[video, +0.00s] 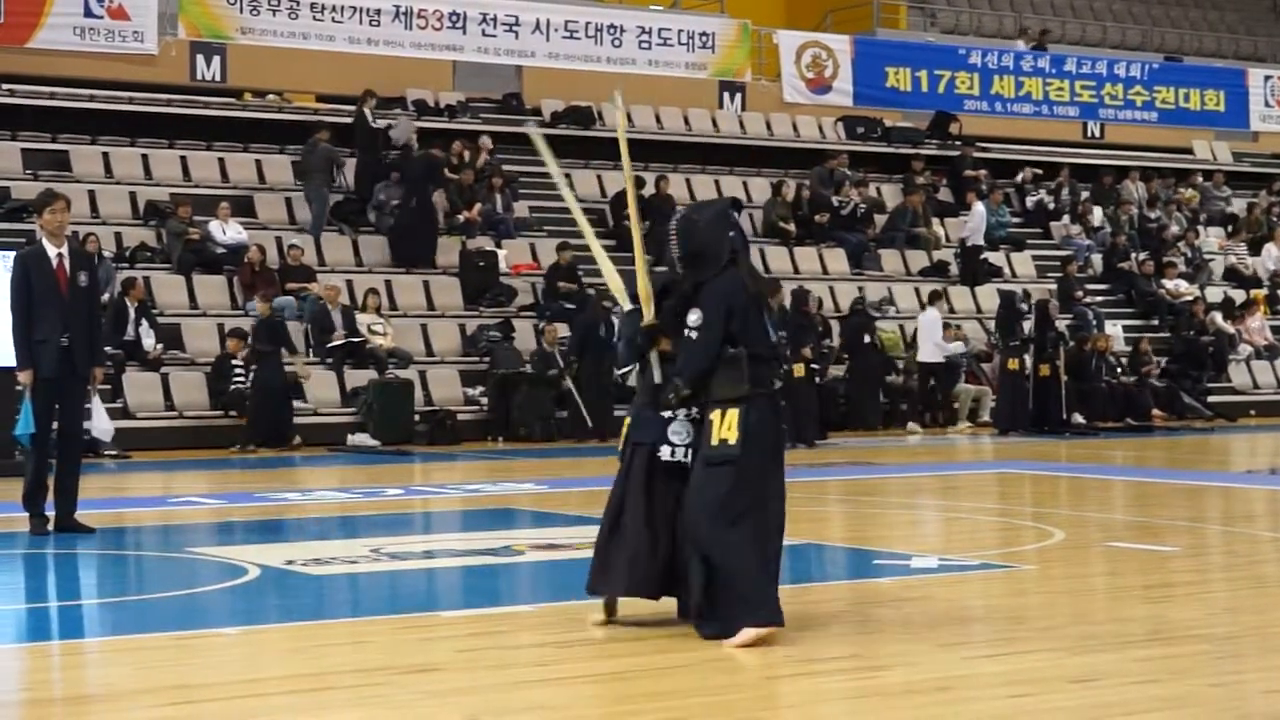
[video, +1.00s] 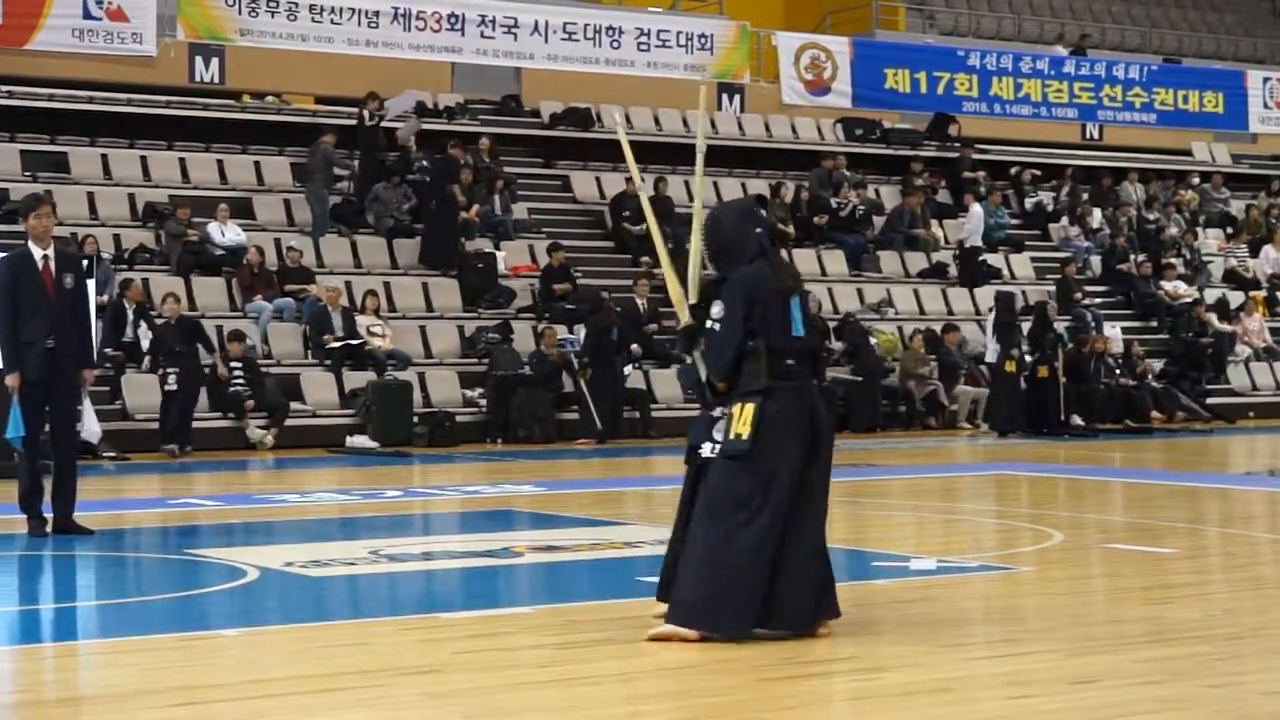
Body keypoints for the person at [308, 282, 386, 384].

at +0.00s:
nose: (329, 293)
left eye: (332, 290)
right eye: (326, 290)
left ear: (339, 293)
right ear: (323, 293)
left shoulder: (347, 309)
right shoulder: (317, 312)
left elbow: (354, 332)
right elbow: (317, 338)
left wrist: (345, 336)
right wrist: (331, 338)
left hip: (348, 343)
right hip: (328, 344)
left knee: (361, 351)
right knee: (338, 354)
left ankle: (362, 383)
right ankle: (341, 389)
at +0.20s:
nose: (328, 293)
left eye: (331, 290)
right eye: (325, 290)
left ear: (338, 293)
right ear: (322, 292)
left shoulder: (347, 310)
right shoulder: (316, 311)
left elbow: (354, 332)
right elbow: (316, 338)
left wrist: (345, 335)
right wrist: (331, 338)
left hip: (346, 343)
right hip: (327, 345)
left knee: (360, 349)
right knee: (337, 353)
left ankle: (360, 381)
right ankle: (338, 385)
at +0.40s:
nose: (327, 294)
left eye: (330, 291)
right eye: (325, 291)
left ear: (338, 294)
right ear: (322, 293)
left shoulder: (347, 311)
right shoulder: (316, 312)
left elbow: (353, 333)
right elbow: (315, 339)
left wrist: (344, 336)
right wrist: (330, 338)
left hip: (346, 344)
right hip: (326, 345)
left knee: (359, 350)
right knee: (336, 354)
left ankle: (359, 382)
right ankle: (338, 386)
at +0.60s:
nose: (328, 294)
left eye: (331, 291)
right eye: (325, 291)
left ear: (338, 294)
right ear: (322, 294)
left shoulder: (347, 311)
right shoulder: (316, 312)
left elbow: (353, 333)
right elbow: (315, 339)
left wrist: (342, 336)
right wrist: (327, 338)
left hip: (346, 344)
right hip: (326, 347)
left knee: (359, 350)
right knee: (338, 352)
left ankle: (359, 381)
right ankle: (336, 384)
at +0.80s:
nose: (328, 294)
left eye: (332, 291)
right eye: (326, 291)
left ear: (339, 294)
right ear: (324, 293)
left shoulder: (347, 311)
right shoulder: (317, 312)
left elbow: (353, 333)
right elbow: (314, 337)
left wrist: (361, 340)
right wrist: (323, 340)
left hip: (346, 344)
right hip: (326, 346)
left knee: (359, 351)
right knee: (338, 353)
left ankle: (360, 382)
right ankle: (337, 386)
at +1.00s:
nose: (330, 294)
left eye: (333, 291)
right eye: (327, 291)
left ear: (340, 294)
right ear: (324, 293)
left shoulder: (347, 311)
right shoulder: (317, 312)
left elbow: (353, 333)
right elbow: (314, 337)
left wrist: (362, 340)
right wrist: (324, 340)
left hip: (346, 343)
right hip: (328, 345)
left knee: (359, 351)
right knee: (337, 354)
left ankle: (361, 383)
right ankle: (338, 388)